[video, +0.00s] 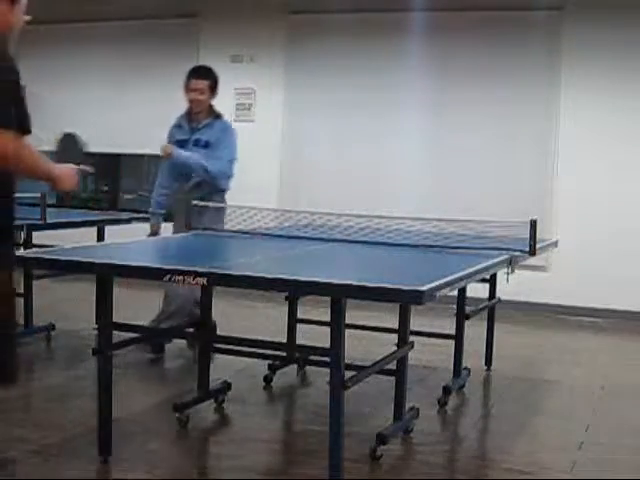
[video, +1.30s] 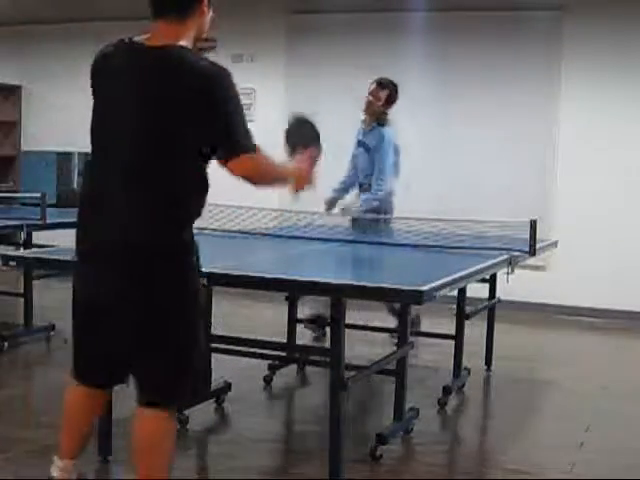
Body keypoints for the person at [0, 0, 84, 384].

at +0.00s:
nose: (24, 19)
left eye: (23, 10)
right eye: (21, 9)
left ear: (12, 12)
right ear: (8, 10)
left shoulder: (8, 62)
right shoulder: (5, 63)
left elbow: (13, 143)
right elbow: (9, 143)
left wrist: (51, 170)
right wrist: (54, 172)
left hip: (6, 218)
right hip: (3, 220)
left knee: (7, 283)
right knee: (6, 288)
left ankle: (7, 364)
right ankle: (5, 366)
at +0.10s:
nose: (39, 21)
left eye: (40, 12)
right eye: (37, 11)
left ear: (10, 11)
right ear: (17, 9)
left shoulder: (12, 63)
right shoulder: (10, 64)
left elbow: (15, 146)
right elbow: (13, 145)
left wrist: (65, 176)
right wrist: (68, 177)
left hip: (5, 242)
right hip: (1, 244)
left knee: (5, 346)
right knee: (3, 350)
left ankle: (5, 446)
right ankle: (2, 448)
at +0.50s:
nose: (111, 25)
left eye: (114, 17)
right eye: (109, 13)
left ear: (77, 11)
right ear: (79, 8)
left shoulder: (51, 64)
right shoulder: (46, 62)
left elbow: (42, 158)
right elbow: (34, 148)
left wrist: (94, 169)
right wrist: (98, 200)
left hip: (48, 247)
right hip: (38, 250)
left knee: (56, 381)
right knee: (73, 386)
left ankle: (51, 472)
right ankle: (10, 466)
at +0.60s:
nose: (130, 25)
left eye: (132, 16)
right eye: (127, 13)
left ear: (95, 11)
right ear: (100, 8)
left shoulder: (62, 60)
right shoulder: (67, 61)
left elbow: (81, 148)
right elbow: (41, 140)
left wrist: (126, 111)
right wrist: (109, 198)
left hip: (32, 246)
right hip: (58, 248)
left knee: (50, 376)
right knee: (102, 375)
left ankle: (48, 471)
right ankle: (75, 473)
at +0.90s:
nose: (178, 24)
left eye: (179, 15)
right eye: (177, 14)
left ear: (124, 15)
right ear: (162, 10)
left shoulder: (96, 63)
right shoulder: (130, 64)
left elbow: (148, 127)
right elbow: (115, 145)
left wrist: (171, 66)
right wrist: (185, 208)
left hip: (70, 241)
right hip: (110, 245)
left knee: (78, 374)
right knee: (142, 386)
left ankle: (55, 470)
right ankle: (144, 472)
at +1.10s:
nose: (201, 25)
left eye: (204, 17)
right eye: (202, 14)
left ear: (145, 12)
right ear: (191, 10)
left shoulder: (105, 61)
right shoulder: (182, 72)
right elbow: (190, 157)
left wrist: (186, 53)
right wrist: (251, 202)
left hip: (87, 237)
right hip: (144, 243)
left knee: (91, 373)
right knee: (156, 393)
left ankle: (62, 471)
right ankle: (146, 474)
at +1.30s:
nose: (208, 16)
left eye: (208, 11)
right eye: (209, 10)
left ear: (154, 9)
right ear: (202, 9)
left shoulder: (108, 61)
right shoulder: (206, 78)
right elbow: (243, 163)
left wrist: (190, 46)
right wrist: (292, 174)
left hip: (98, 242)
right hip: (163, 248)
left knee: (92, 369)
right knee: (160, 391)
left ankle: (62, 469)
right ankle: (151, 475)